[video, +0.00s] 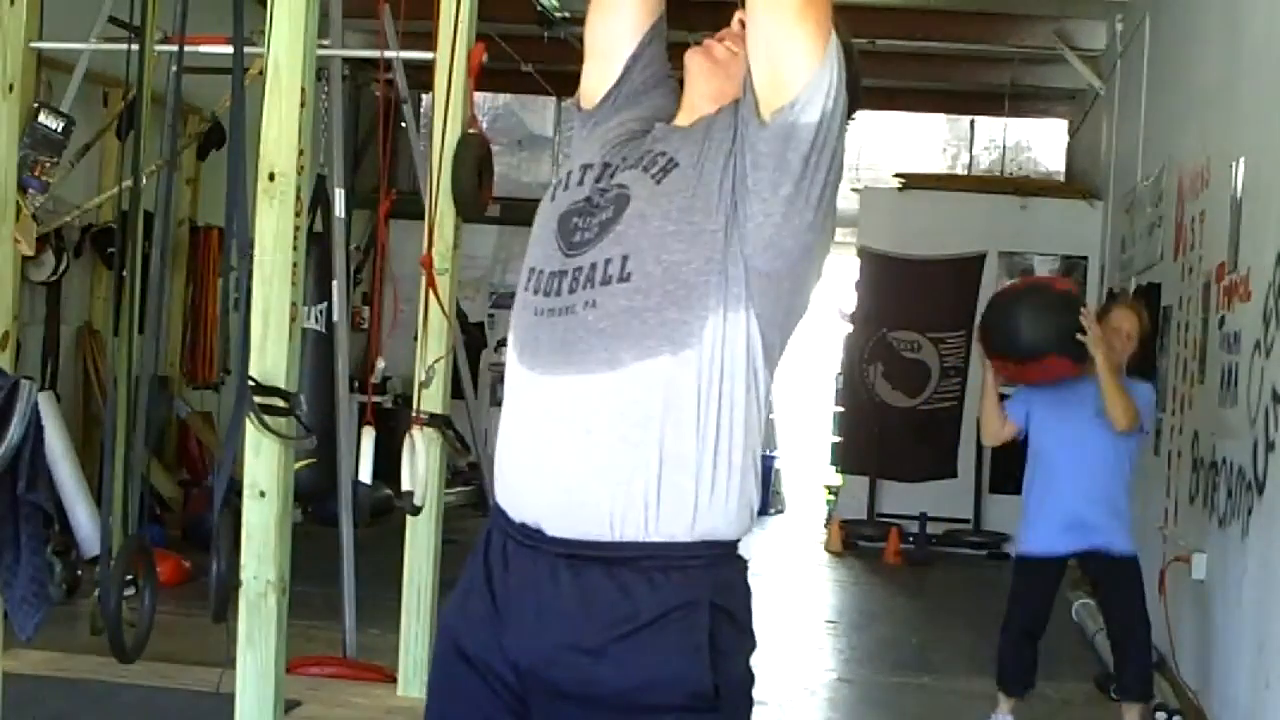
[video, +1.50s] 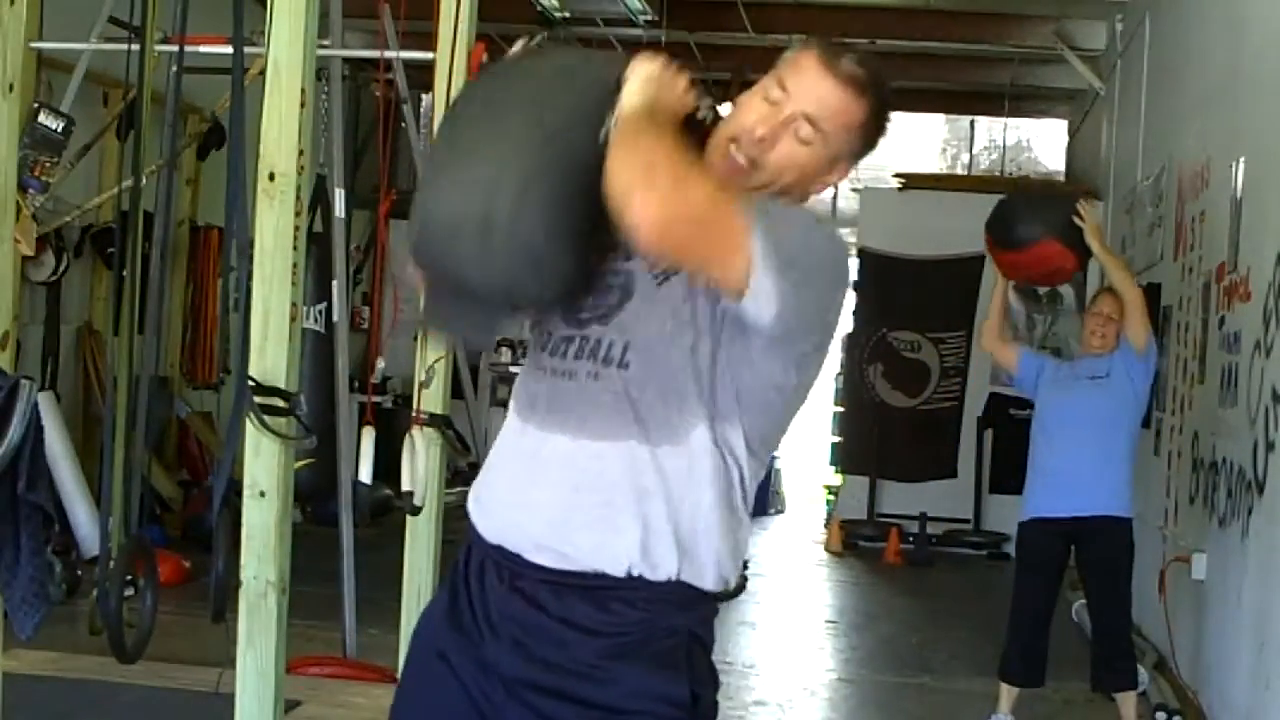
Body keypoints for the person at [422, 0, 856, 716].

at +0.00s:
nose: (729, 29)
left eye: (758, 31)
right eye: (729, 19)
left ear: (779, 74)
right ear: (701, 41)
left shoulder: (778, 152)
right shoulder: (608, 129)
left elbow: (794, 1)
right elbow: (621, 1)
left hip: (660, 597)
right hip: (504, 571)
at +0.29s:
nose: (731, 32)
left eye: (757, 35)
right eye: (728, 24)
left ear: (778, 80)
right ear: (701, 45)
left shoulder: (781, 163)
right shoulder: (611, 135)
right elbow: (622, 2)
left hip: (671, 601)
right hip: (514, 577)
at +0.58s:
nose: (725, 24)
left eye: (754, 29)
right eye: (725, 12)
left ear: (772, 74)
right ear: (694, 37)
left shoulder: (775, 158)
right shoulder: (602, 126)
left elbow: (799, 1)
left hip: (663, 599)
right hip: (506, 573)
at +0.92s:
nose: (747, 32)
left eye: (775, 35)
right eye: (748, 23)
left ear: (792, 80)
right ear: (719, 41)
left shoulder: (788, 161)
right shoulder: (608, 129)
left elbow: (814, 3)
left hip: (661, 602)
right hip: (504, 573)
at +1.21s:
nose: (806, 58)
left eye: (833, 64)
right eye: (816, 41)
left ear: (853, 130)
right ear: (767, 45)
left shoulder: (811, 194)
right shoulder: (614, 154)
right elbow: (473, 75)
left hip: (657, 612)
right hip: (504, 577)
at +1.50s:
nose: (762, 128)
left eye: (804, 132)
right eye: (773, 95)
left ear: (829, 178)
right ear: (752, 83)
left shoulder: (808, 258)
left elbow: (656, 210)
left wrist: (648, 107)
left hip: (630, 637)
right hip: (481, 597)